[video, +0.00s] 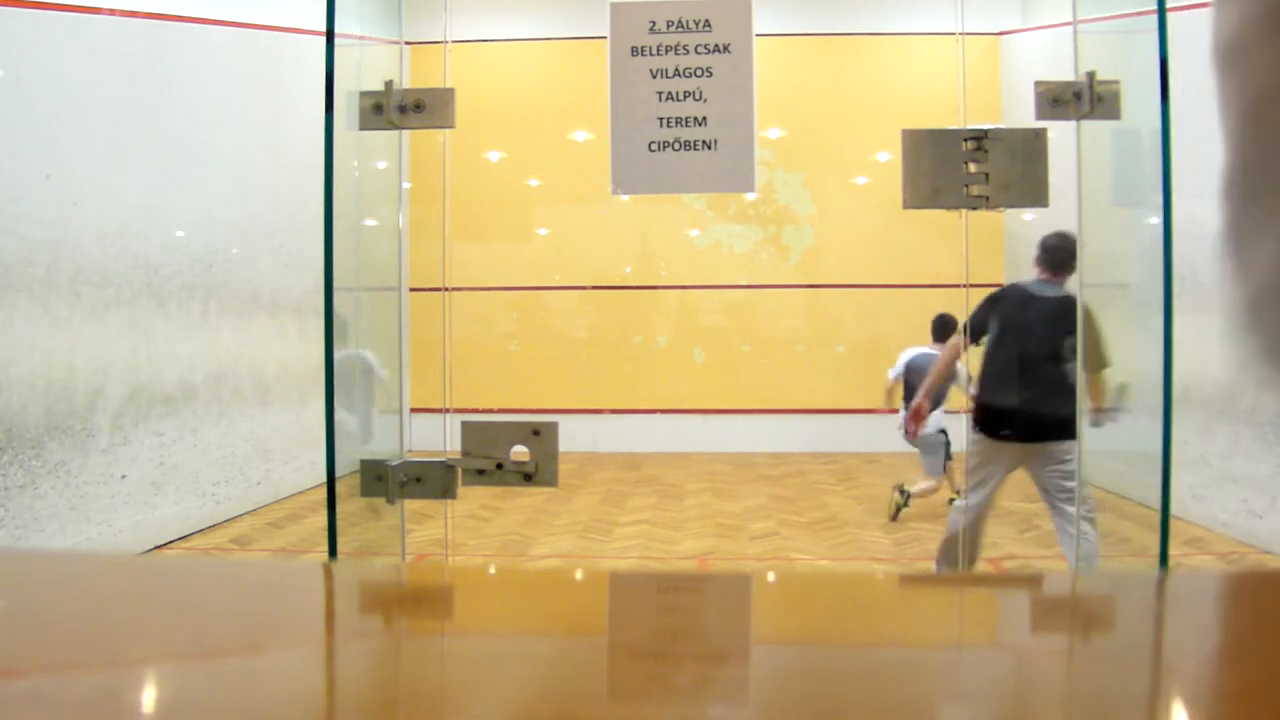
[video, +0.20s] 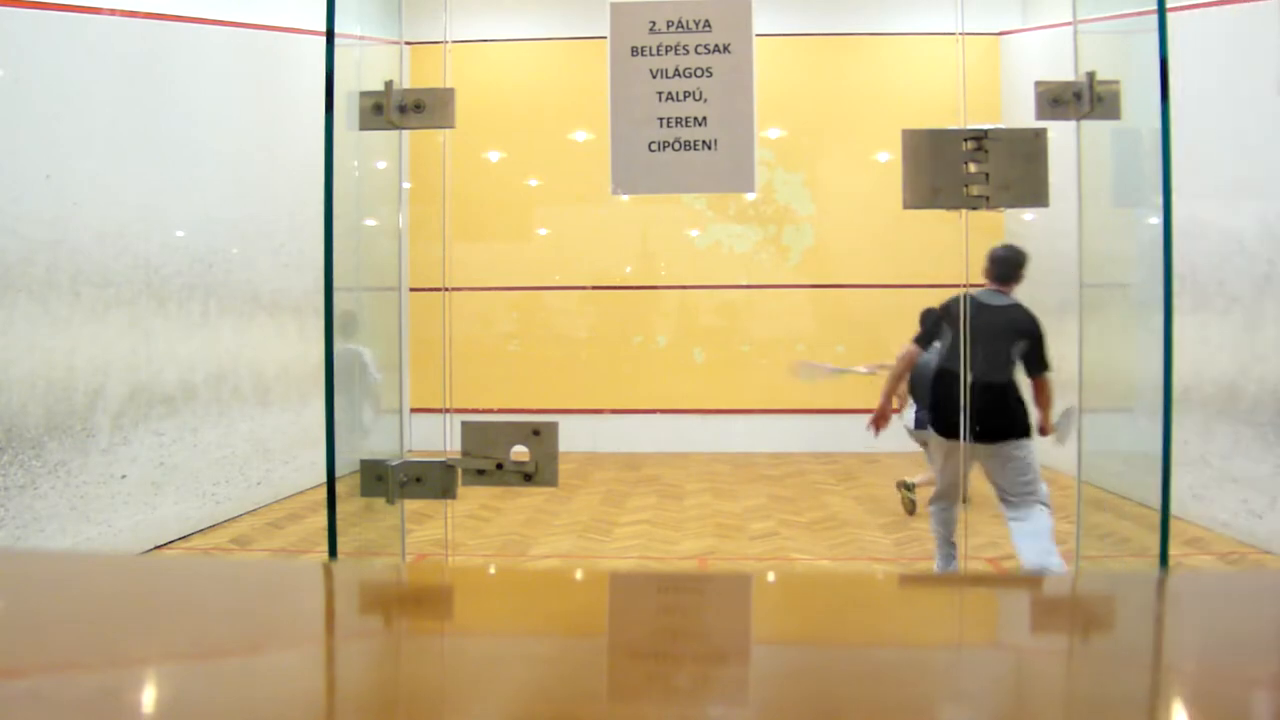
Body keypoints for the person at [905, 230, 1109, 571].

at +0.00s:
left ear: (1037, 261)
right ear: (1072, 269)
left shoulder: (1004, 298)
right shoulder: (1076, 310)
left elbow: (956, 345)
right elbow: (1093, 367)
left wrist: (923, 396)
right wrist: (1098, 406)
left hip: (995, 425)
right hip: (1052, 428)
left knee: (971, 504)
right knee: (1075, 513)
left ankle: (947, 585)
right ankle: (1088, 596)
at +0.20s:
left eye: (986, 268)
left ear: (985, 272)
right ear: (1018, 278)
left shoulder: (954, 307)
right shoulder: (1024, 320)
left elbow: (910, 355)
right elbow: (1039, 379)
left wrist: (885, 402)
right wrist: (1045, 417)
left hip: (949, 421)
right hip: (1002, 422)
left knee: (945, 497)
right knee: (1025, 501)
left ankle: (945, 570)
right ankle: (1046, 574)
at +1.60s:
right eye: (934, 271)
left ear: (905, 268)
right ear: (935, 272)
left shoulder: (877, 303)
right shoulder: (939, 310)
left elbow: (849, 353)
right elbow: (948, 363)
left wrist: (842, 399)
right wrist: (969, 413)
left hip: (874, 411)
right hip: (923, 414)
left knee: (862, 483)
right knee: (950, 479)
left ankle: (849, 555)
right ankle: (955, 552)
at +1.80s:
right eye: (913, 261)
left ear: (881, 259)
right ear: (912, 262)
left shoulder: (856, 297)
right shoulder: (920, 300)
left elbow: (835, 354)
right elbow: (944, 353)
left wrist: (832, 398)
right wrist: (975, 392)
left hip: (859, 405)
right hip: (908, 408)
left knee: (857, 480)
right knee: (923, 480)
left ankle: (847, 555)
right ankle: (934, 553)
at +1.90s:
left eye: (873, 256)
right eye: (904, 260)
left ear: (873, 258)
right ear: (905, 261)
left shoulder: (849, 298)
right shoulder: (914, 299)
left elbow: (829, 353)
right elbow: (941, 352)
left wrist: (828, 400)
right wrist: (975, 383)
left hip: (853, 406)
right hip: (901, 407)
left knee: (851, 481)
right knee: (919, 481)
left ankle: (847, 556)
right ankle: (933, 553)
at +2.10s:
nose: (899, 264)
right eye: (900, 260)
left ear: (868, 257)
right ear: (898, 261)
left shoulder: (842, 298)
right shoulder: (906, 299)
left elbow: (821, 350)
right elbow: (934, 351)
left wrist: (817, 396)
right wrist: (970, 379)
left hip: (849, 405)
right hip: (895, 407)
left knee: (847, 482)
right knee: (916, 476)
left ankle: (846, 553)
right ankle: (920, 546)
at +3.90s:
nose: (984, 353)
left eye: (986, 350)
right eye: (985, 350)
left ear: (992, 351)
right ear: (1007, 356)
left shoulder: (982, 359)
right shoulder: (1016, 372)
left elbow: (962, 363)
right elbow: (1023, 404)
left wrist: (948, 376)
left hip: (976, 403)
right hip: (1008, 412)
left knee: (982, 448)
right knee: (1006, 457)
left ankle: (980, 493)